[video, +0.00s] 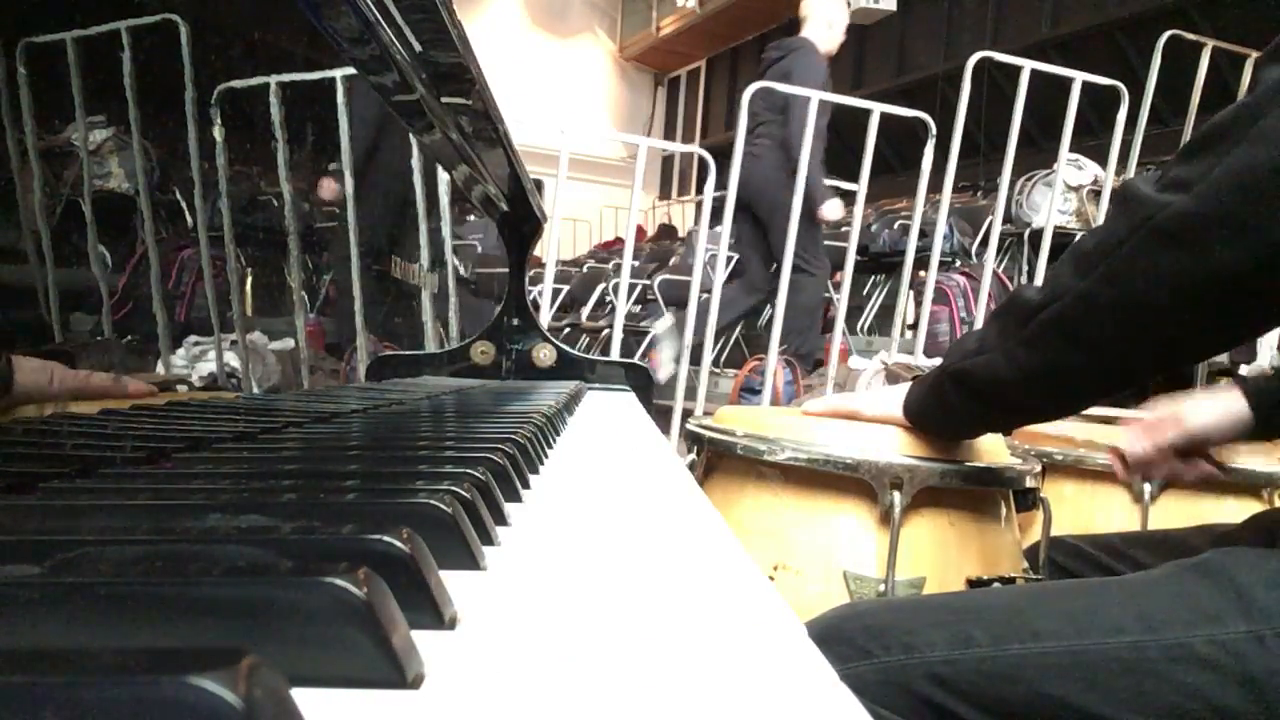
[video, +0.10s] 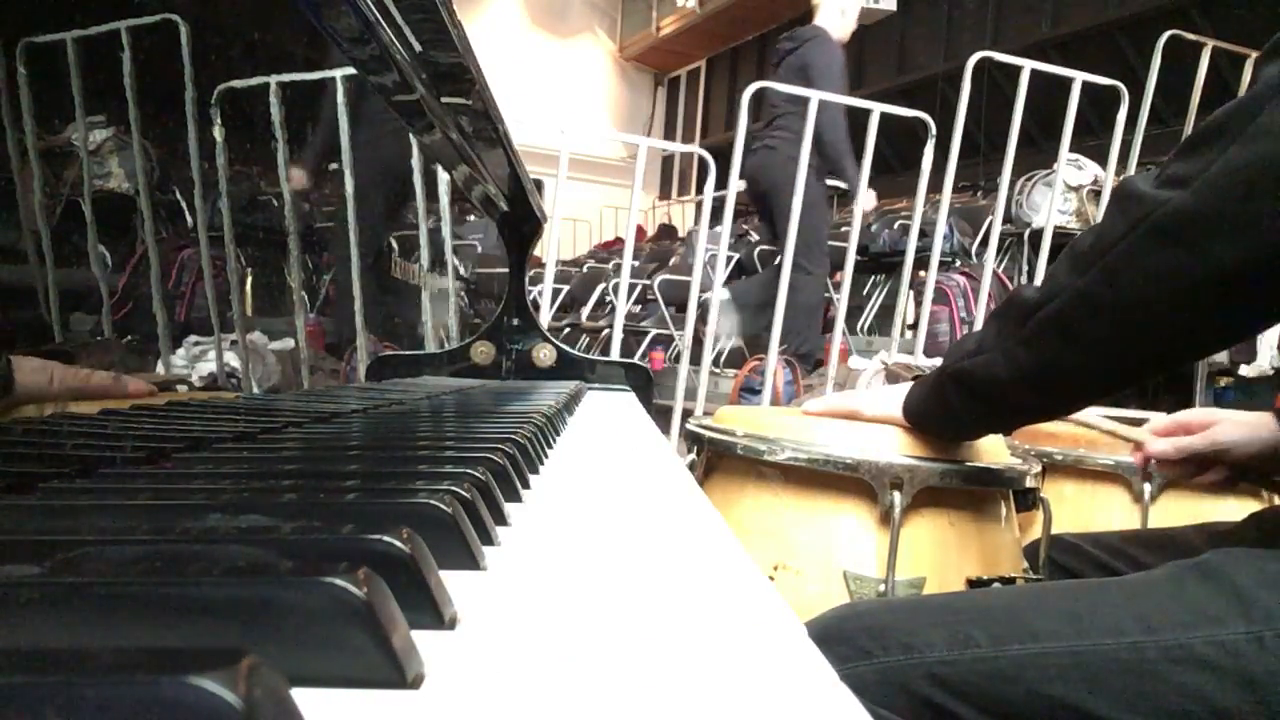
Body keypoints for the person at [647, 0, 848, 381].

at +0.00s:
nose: (843, 37)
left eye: (844, 29)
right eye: (841, 27)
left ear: (807, 21)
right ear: (823, 22)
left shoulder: (781, 57)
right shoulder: (809, 60)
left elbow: (763, 127)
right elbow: (803, 133)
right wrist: (822, 195)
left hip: (745, 173)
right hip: (773, 174)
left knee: (757, 278)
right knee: (811, 266)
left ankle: (678, 331)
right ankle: (792, 368)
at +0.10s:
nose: (855, 26)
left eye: (856, 18)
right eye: (854, 16)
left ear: (821, 11)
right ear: (841, 11)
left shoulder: (794, 48)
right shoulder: (823, 46)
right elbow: (830, 122)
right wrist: (857, 184)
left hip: (762, 164)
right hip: (789, 163)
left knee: (797, 262)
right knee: (812, 265)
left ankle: (731, 304)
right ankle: (798, 363)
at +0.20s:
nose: (867, 23)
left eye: (869, 15)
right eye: (868, 13)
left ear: (835, 7)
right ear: (857, 8)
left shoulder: (809, 42)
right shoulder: (842, 42)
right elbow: (855, 119)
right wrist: (884, 175)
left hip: (785, 155)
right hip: (810, 159)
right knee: (809, 261)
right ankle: (797, 356)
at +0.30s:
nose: (883, 22)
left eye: (884, 15)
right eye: (882, 13)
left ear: (844, 9)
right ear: (869, 10)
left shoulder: (817, 46)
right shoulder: (861, 43)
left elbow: (785, 121)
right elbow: (882, 115)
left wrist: (783, 176)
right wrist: (906, 173)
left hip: (803, 157)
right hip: (827, 159)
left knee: (878, 225)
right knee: (810, 256)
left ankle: (866, 320)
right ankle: (796, 353)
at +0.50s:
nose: (924, 29)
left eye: (922, 21)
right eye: (921, 21)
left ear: (884, 23)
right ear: (908, 22)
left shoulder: (849, 64)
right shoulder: (907, 61)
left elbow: (808, 127)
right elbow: (932, 124)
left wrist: (793, 179)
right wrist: (949, 172)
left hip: (826, 172)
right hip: (857, 176)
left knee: (927, 231)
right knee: (827, 266)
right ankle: (795, 358)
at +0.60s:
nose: (947, 35)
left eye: (945, 28)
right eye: (944, 28)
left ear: (907, 32)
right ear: (937, 31)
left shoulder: (877, 69)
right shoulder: (937, 66)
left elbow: (830, 119)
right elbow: (967, 119)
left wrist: (806, 174)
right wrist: (995, 165)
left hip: (847, 170)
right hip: (879, 174)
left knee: (939, 237)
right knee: (841, 261)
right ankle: (795, 354)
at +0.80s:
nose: (979, 23)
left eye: (974, 16)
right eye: (977, 17)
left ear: (939, 24)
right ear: (973, 20)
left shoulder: (914, 59)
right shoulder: (977, 53)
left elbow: (874, 108)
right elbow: (1020, 103)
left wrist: (852, 165)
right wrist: (1055, 154)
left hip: (883, 158)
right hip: (922, 162)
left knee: (954, 238)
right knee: (903, 250)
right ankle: (831, 319)